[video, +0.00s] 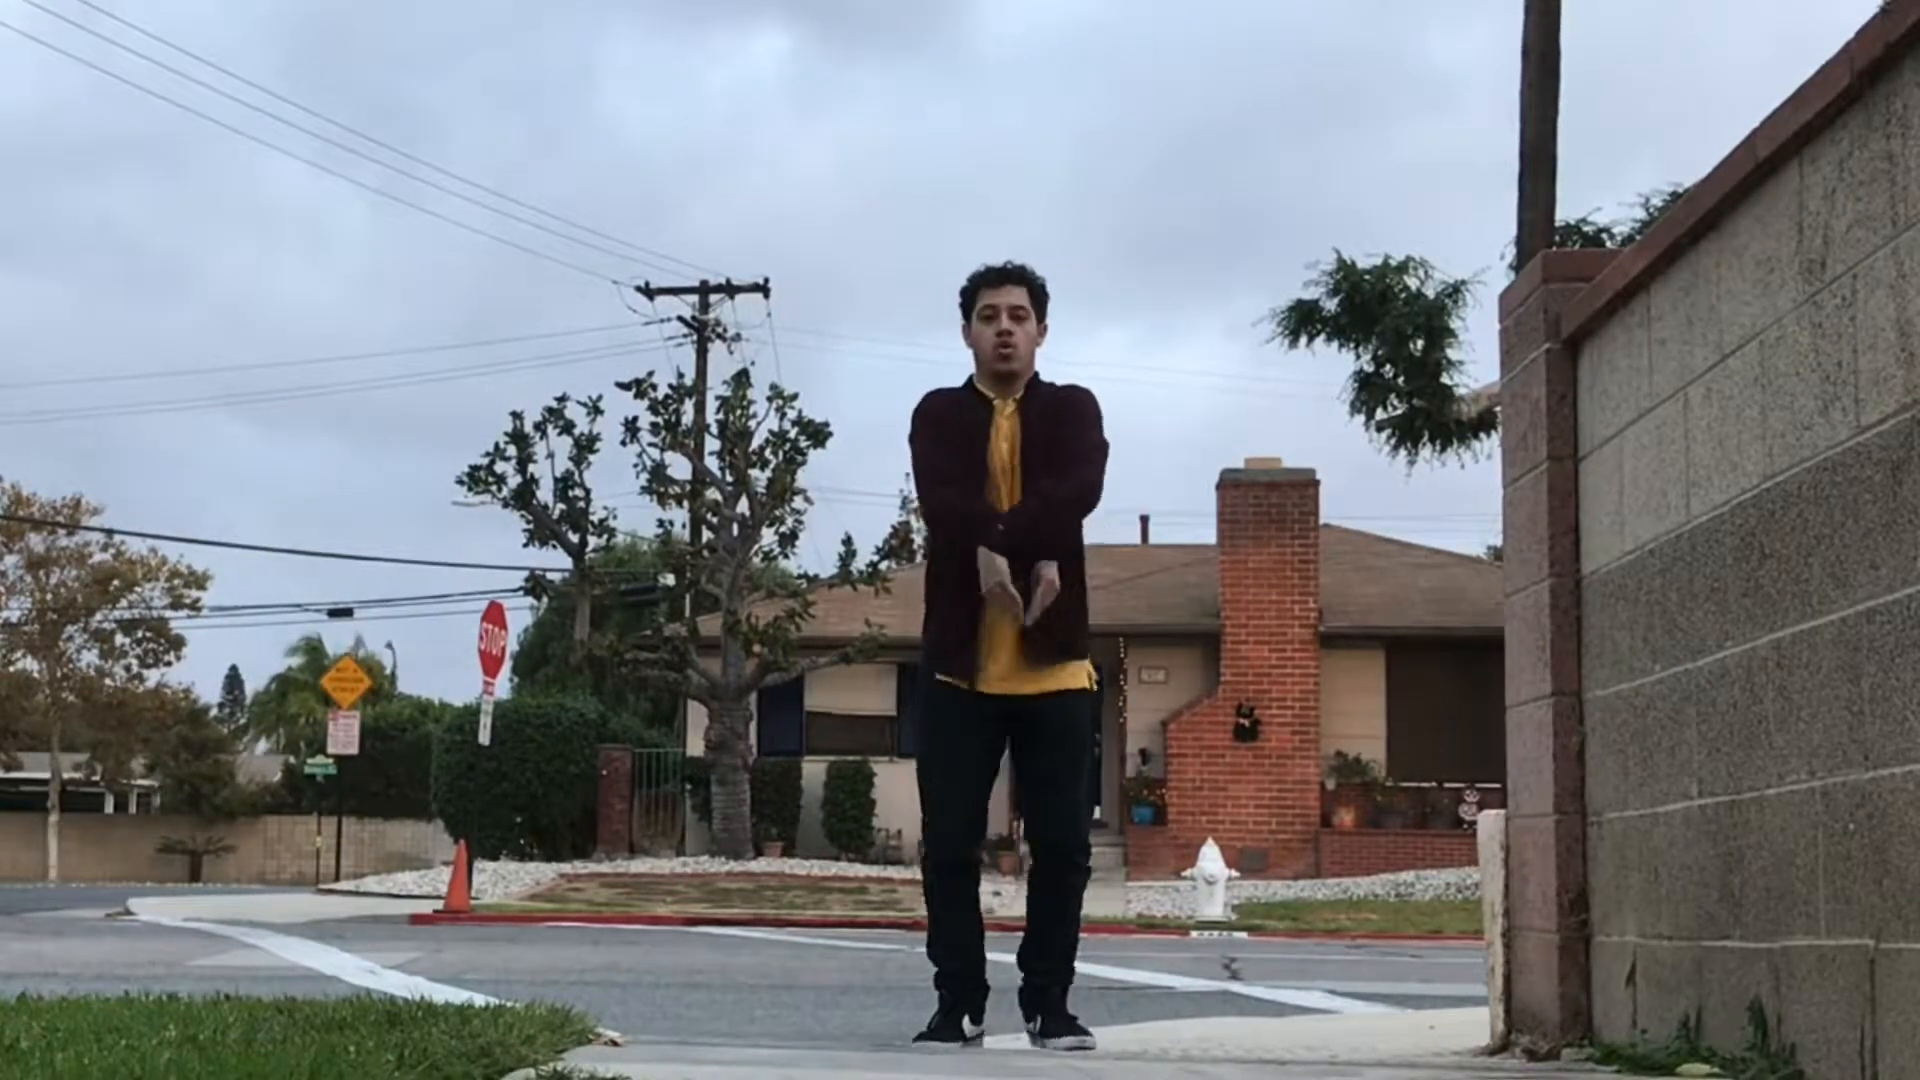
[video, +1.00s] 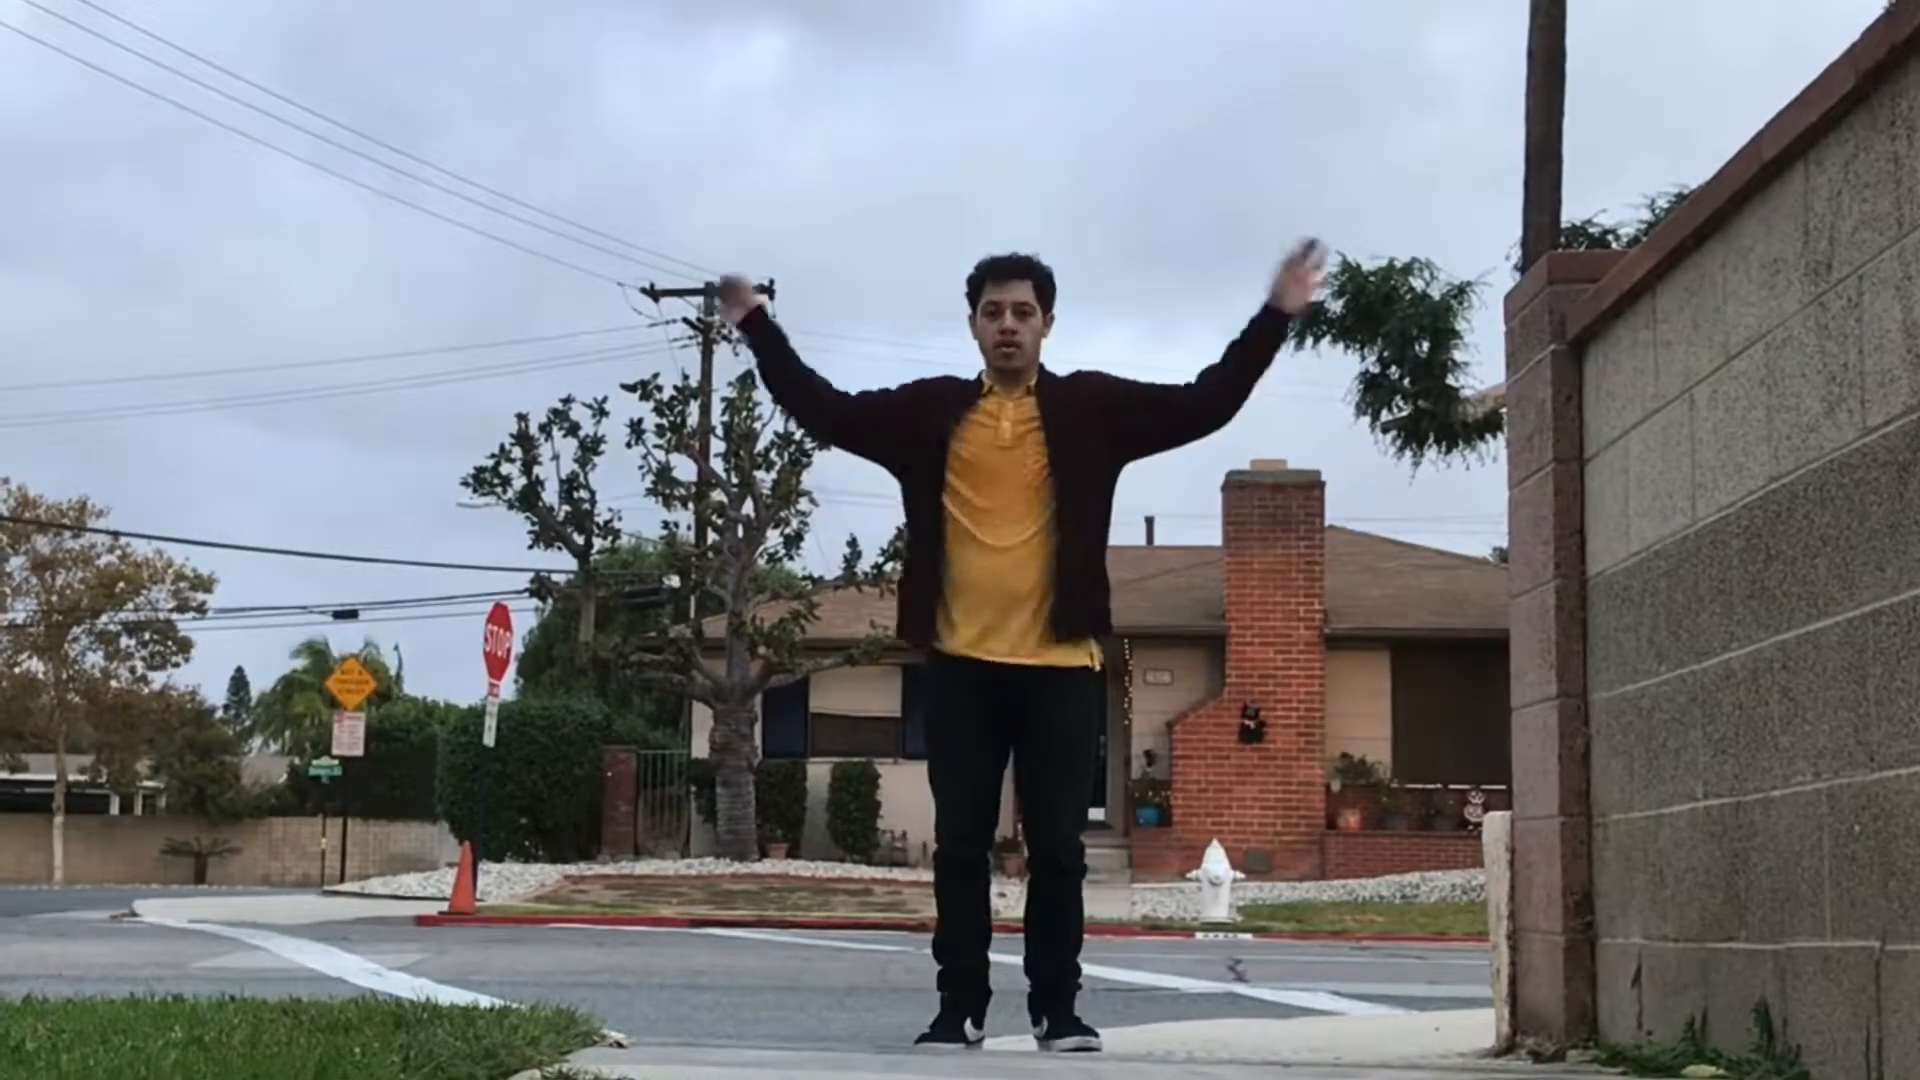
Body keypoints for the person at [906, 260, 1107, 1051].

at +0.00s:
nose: (1004, 330)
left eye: (1018, 317)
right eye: (989, 317)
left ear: (1040, 331)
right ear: (968, 332)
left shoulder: (1073, 406)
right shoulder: (938, 411)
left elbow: (1081, 491)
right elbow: (942, 510)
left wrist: (997, 540)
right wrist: (1033, 558)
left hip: (1054, 667)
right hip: (960, 668)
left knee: (1062, 847)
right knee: (949, 846)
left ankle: (1048, 1007)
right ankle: (959, 1007)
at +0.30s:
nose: (1009, 338)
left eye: (1023, 325)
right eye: (993, 326)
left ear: (1044, 341)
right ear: (972, 341)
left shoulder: (1077, 419)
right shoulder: (940, 422)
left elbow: (1100, 501)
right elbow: (925, 512)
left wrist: (999, 533)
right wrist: (1023, 540)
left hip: (1058, 676)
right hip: (957, 675)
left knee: (1096, 821)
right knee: (921, 825)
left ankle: (1057, 979)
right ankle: (956, 981)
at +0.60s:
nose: (1010, 326)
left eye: (1025, 313)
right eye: (996, 313)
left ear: (1048, 328)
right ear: (976, 328)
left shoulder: (1086, 418)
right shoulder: (941, 418)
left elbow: (1079, 518)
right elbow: (940, 521)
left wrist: (1022, 582)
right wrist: (987, 589)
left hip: (1058, 675)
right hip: (960, 672)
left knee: (1061, 848)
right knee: (956, 847)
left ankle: (1054, 1008)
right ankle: (958, 1010)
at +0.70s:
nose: (1011, 319)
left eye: (1025, 308)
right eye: (997, 308)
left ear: (1049, 325)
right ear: (975, 325)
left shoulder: (1087, 420)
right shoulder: (937, 424)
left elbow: (1111, 528)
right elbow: (908, 527)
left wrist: (1129, 620)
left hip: (1061, 673)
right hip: (962, 676)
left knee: (1058, 849)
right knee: (958, 848)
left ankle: (1055, 1010)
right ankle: (958, 1010)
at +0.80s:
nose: (1009, 320)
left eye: (1024, 308)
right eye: (995, 308)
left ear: (1047, 324)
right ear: (975, 324)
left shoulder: (1089, 416)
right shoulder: (932, 417)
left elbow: (1177, 487)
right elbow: (836, 474)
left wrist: (1276, 533)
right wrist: (747, 520)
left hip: (1061, 674)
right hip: (962, 674)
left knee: (1059, 850)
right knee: (960, 849)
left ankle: (1058, 1012)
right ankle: (959, 1013)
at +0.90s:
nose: (1008, 319)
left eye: (1023, 307)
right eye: (995, 307)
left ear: (1048, 323)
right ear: (972, 321)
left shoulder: (1094, 407)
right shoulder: (923, 409)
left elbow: (1210, 420)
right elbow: (818, 416)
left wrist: (1322, 393)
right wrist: (725, 392)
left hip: (1060, 670)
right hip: (958, 668)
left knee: (1058, 846)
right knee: (961, 842)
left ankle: (1055, 1013)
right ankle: (960, 1012)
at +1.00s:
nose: (1007, 325)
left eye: (1023, 312)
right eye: (993, 312)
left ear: (1047, 324)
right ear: (973, 325)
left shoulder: (1093, 406)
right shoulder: (929, 409)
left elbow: (1205, 404)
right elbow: (826, 413)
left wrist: (1276, 314)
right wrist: (756, 325)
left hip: (1061, 668)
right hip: (959, 666)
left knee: (1058, 849)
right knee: (961, 846)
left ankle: (1058, 1013)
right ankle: (960, 1013)